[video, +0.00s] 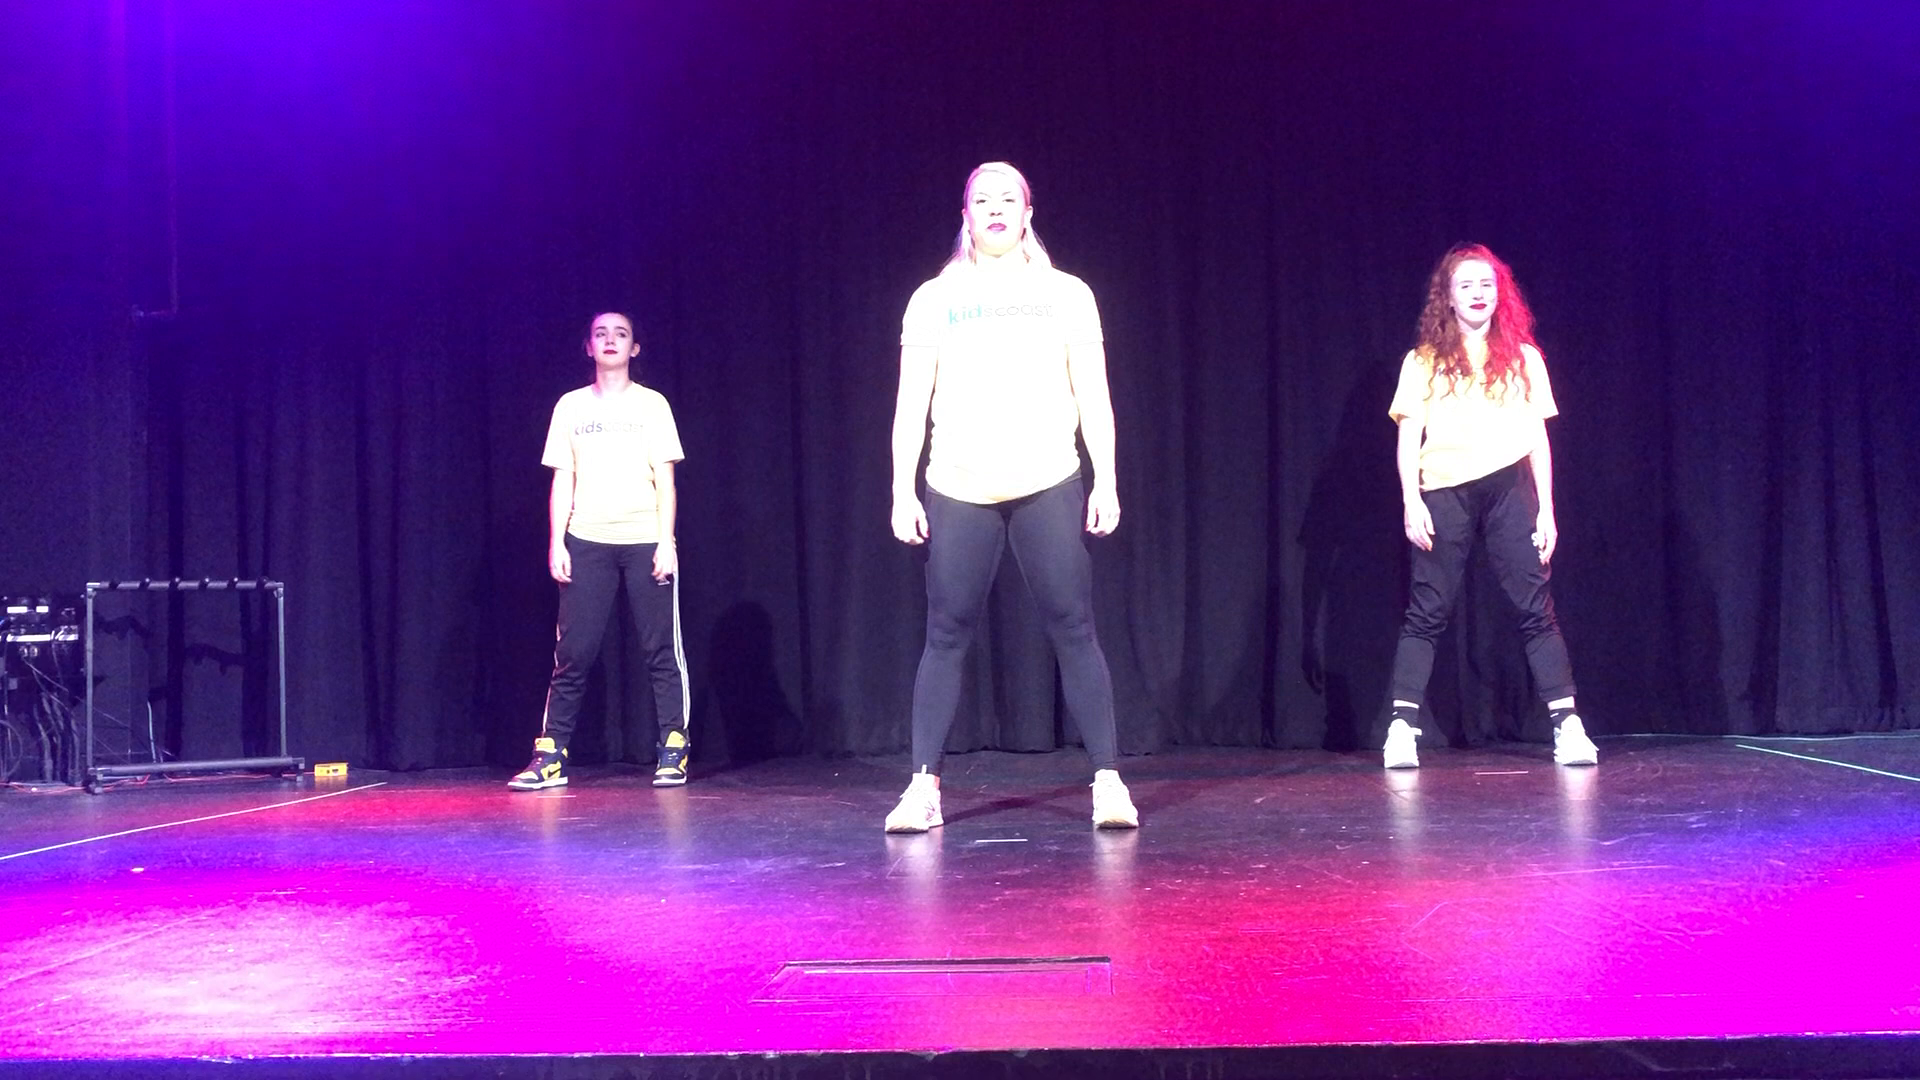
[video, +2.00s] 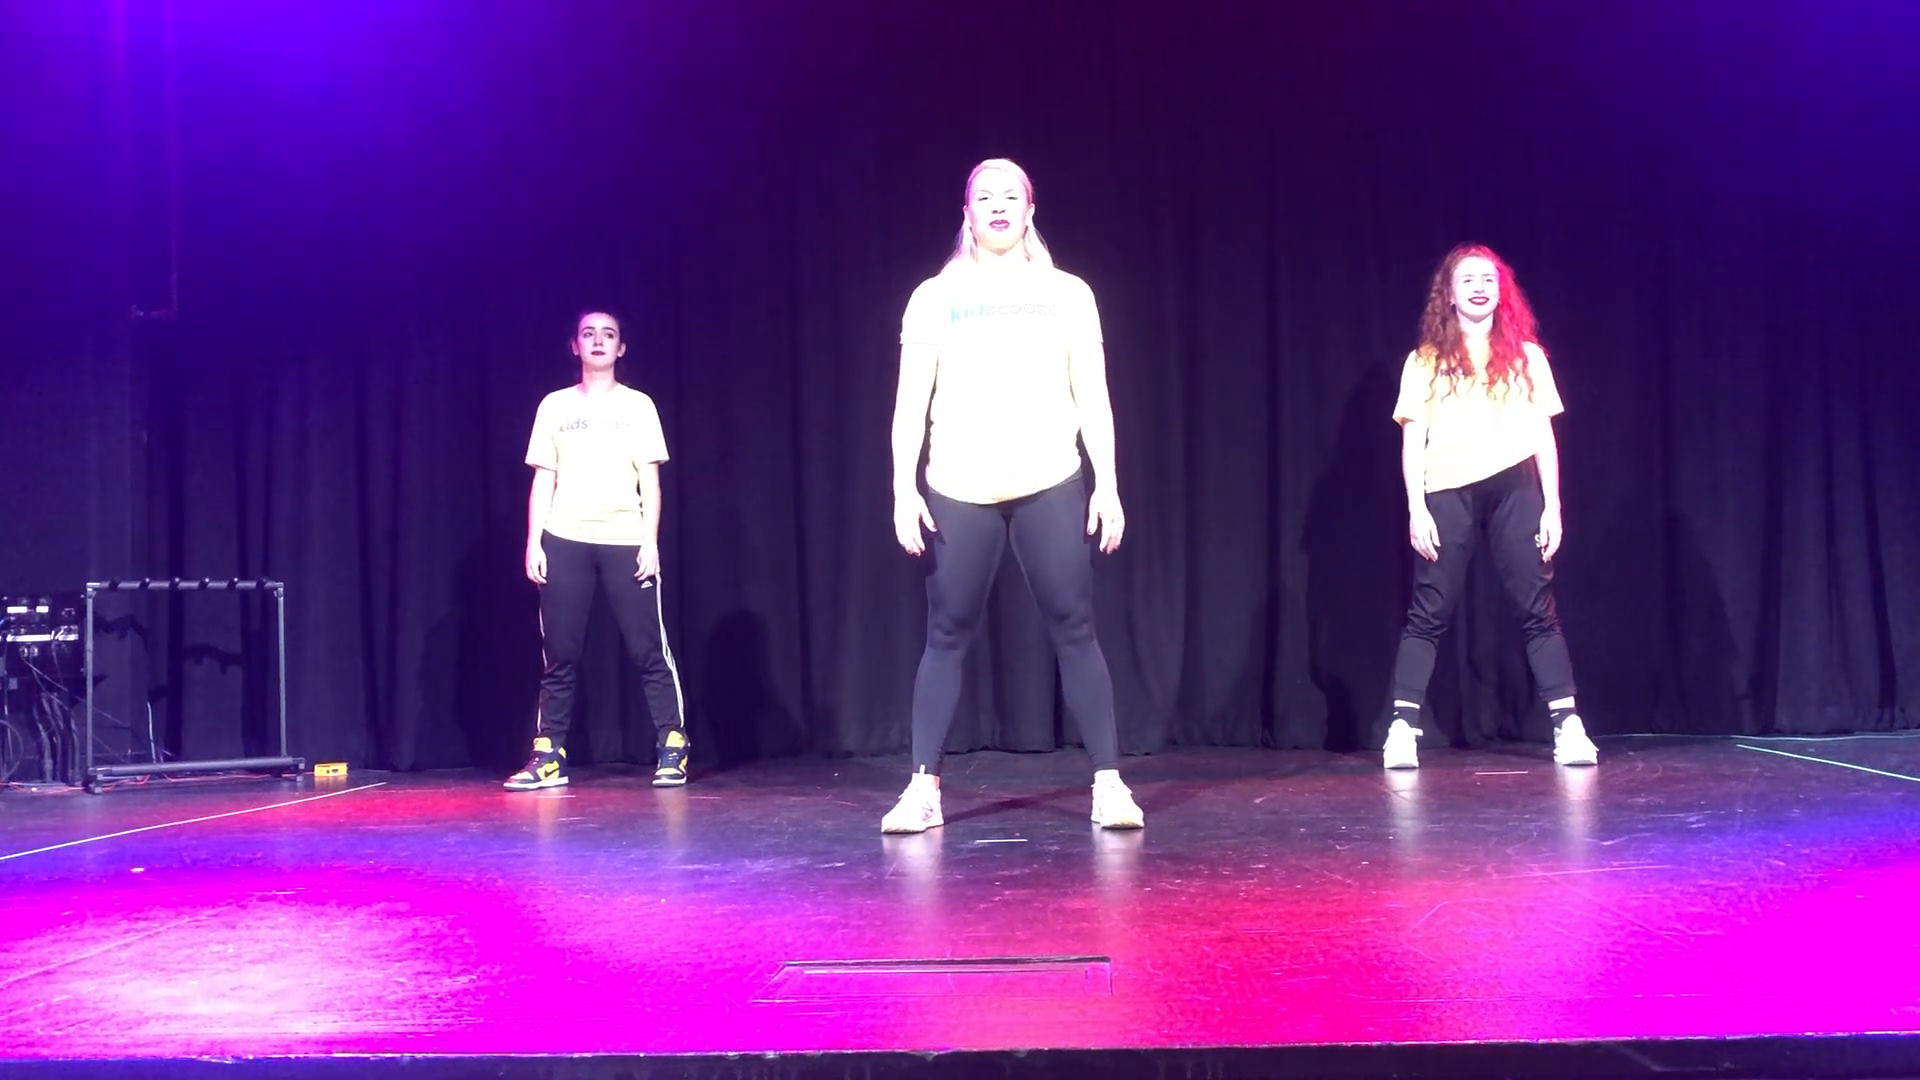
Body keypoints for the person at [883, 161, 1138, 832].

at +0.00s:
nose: (996, 210)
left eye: (1007, 200)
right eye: (984, 200)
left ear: (1028, 212)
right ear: (966, 213)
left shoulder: (1069, 294)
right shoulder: (931, 300)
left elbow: (1093, 392)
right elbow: (912, 402)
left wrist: (1105, 478)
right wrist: (903, 488)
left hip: (1049, 482)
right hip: (960, 485)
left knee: (1073, 624)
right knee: (946, 627)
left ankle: (1107, 777)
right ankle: (923, 783)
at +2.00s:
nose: (999, 209)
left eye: (1010, 199)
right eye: (987, 199)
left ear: (1030, 209)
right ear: (967, 210)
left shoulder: (1070, 294)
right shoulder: (932, 299)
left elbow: (1092, 394)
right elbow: (911, 402)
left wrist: (1106, 483)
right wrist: (904, 488)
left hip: (1050, 482)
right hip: (961, 486)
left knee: (1074, 624)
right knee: (947, 629)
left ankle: (1108, 780)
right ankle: (924, 783)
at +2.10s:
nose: (999, 203)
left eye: (1010, 194)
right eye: (986, 193)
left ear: (1030, 209)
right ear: (966, 210)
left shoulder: (1070, 292)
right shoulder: (932, 296)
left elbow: (1093, 393)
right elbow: (911, 400)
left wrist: (1108, 482)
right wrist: (904, 488)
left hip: (1050, 481)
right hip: (960, 485)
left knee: (1074, 625)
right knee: (947, 629)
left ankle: (1108, 780)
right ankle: (924, 783)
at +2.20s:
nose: (998, 203)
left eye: (1010, 194)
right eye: (986, 194)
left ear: (1030, 209)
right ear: (966, 210)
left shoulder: (1070, 293)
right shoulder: (933, 295)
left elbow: (1093, 393)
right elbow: (911, 399)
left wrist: (1110, 482)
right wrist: (906, 486)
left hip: (1051, 481)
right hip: (961, 485)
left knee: (1074, 626)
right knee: (948, 629)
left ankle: (1108, 780)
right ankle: (924, 783)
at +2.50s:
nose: (971, 200)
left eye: (986, 188)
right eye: (965, 192)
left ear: (1024, 200)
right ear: (959, 210)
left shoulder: (1071, 287)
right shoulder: (939, 292)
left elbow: (1093, 391)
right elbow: (882, 382)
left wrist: (1108, 482)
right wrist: (820, 457)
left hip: (1049, 477)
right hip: (961, 482)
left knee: (1074, 623)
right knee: (947, 627)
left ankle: (1106, 779)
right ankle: (924, 784)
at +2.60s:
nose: (950, 197)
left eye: (966, 186)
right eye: (949, 188)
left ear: (1009, 197)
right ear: (948, 204)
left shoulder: (1062, 276)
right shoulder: (933, 288)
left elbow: (1088, 382)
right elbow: (849, 350)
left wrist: (1105, 475)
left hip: (1044, 475)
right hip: (957, 482)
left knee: (1073, 621)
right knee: (948, 626)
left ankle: (1110, 779)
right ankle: (924, 783)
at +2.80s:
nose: (906, 219)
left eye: (922, 208)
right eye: (908, 209)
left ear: (965, 220)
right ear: (920, 225)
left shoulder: (1018, 293)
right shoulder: (908, 304)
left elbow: (1054, 398)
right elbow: (831, 350)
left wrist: (1075, 493)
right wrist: (860, 271)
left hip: (1019, 484)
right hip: (943, 494)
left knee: (1054, 626)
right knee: (912, 629)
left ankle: (1142, 767)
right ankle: (916, 789)